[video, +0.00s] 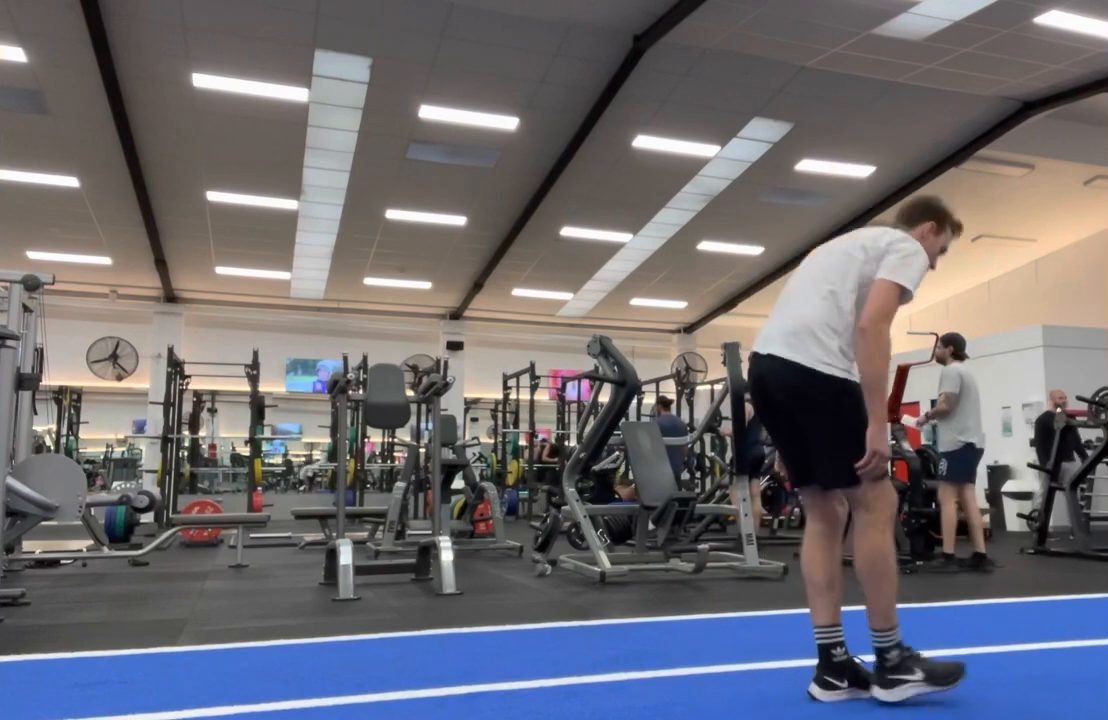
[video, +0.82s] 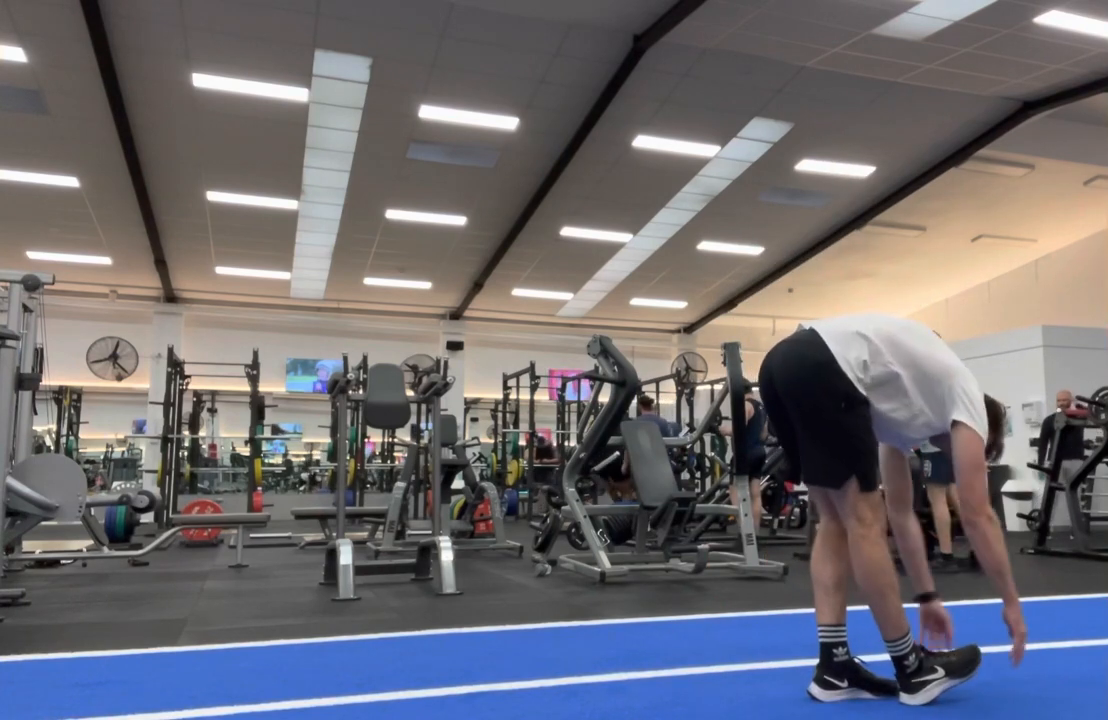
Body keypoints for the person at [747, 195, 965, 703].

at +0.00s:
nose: (936, 261)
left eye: (942, 254)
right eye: (940, 251)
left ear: (904, 224)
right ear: (927, 231)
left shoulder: (844, 246)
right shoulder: (906, 248)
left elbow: (796, 332)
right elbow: (872, 323)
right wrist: (878, 422)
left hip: (768, 372)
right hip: (818, 371)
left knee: (824, 513)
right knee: (877, 503)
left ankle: (833, 664)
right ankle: (892, 659)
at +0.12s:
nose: (953, 300)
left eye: (959, 293)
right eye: (958, 287)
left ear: (923, 256)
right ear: (947, 266)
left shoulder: (868, 270)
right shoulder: (923, 276)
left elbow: (804, 355)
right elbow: (882, 353)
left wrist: (785, 448)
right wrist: (874, 447)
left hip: (770, 370)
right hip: (817, 373)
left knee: (824, 519)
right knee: (866, 513)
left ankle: (833, 664)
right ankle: (913, 661)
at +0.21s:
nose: (960, 344)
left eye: (968, 338)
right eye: (967, 333)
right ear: (961, 309)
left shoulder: (888, 306)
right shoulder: (937, 310)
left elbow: (839, 399)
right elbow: (893, 387)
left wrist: (791, 478)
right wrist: (877, 479)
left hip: (772, 370)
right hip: (816, 379)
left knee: (827, 519)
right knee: (861, 518)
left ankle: (833, 664)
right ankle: (911, 665)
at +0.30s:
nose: (968, 379)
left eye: (975, 376)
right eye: (976, 370)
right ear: (972, 344)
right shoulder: (946, 340)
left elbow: (827, 419)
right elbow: (902, 421)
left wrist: (796, 503)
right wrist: (888, 513)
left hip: (772, 371)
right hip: (814, 376)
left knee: (828, 524)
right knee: (858, 523)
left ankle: (834, 665)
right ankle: (911, 667)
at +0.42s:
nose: (966, 412)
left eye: (974, 410)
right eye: (976, 406)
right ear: (978, 378)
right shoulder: (954, 368)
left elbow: (833, 446)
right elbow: (913, 455)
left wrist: (806, 538)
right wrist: (901, 553)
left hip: (774, 369)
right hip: (810, 373)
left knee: (830, 517)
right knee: (857, 521)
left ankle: (834, 665)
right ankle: (910, 668)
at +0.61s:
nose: (964, 459)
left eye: (972, 457)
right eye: (973, 451)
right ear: (979, 421)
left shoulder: (887, 412)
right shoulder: (958, 397)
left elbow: (866, 500)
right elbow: (940, 508)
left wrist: (852, 593)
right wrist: (952, 615)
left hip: (776, 370)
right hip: (814, 371)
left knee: (831, 516)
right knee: (859, 518)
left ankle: (834, 665)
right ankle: (910, 667)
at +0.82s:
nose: (968, 463)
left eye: (974, 459)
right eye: (976, 454)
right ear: (982, 429)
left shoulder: (892, 417)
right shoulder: (964, 394)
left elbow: (901, 512)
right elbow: (975, 514)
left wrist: (927, 598)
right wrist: (1010, 601)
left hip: (781, 369)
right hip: (822, 369)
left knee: (833, 520)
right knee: (867, 521)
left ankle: (834, 665)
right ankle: (912, 670)